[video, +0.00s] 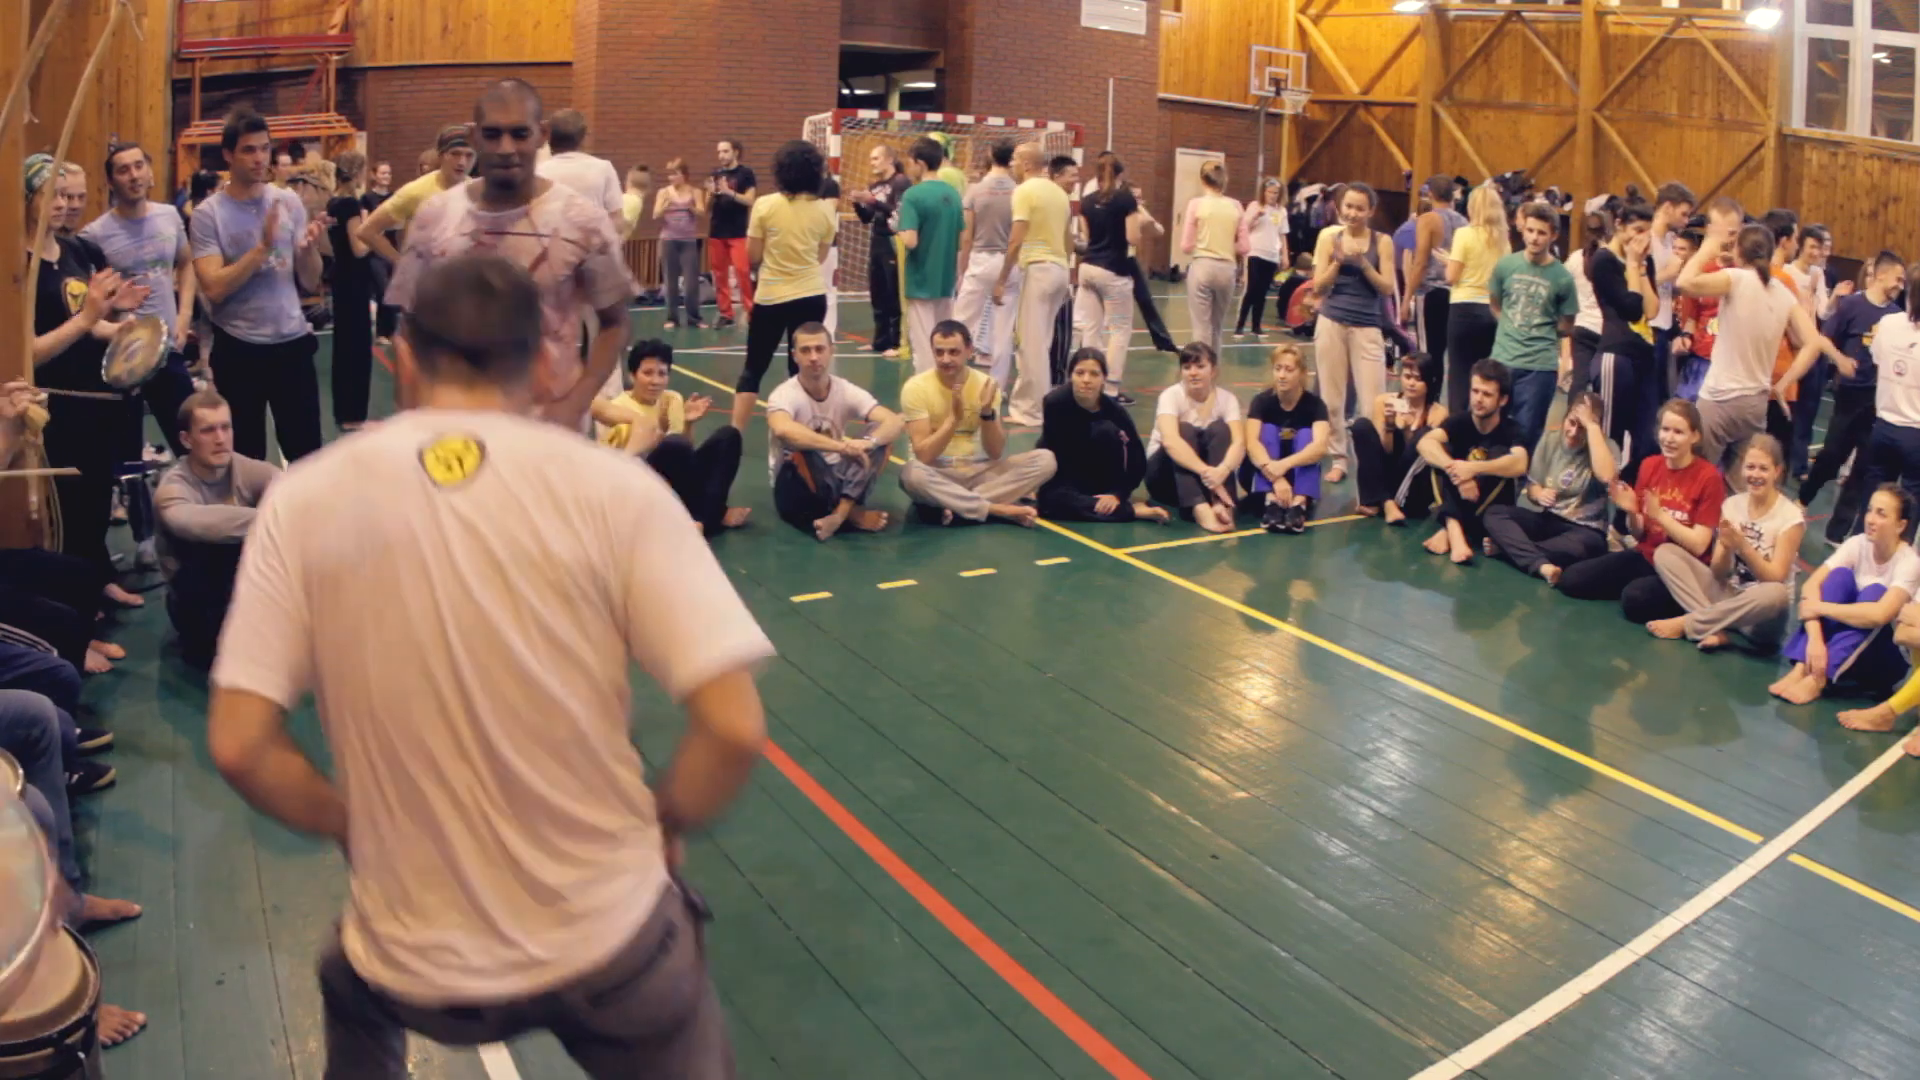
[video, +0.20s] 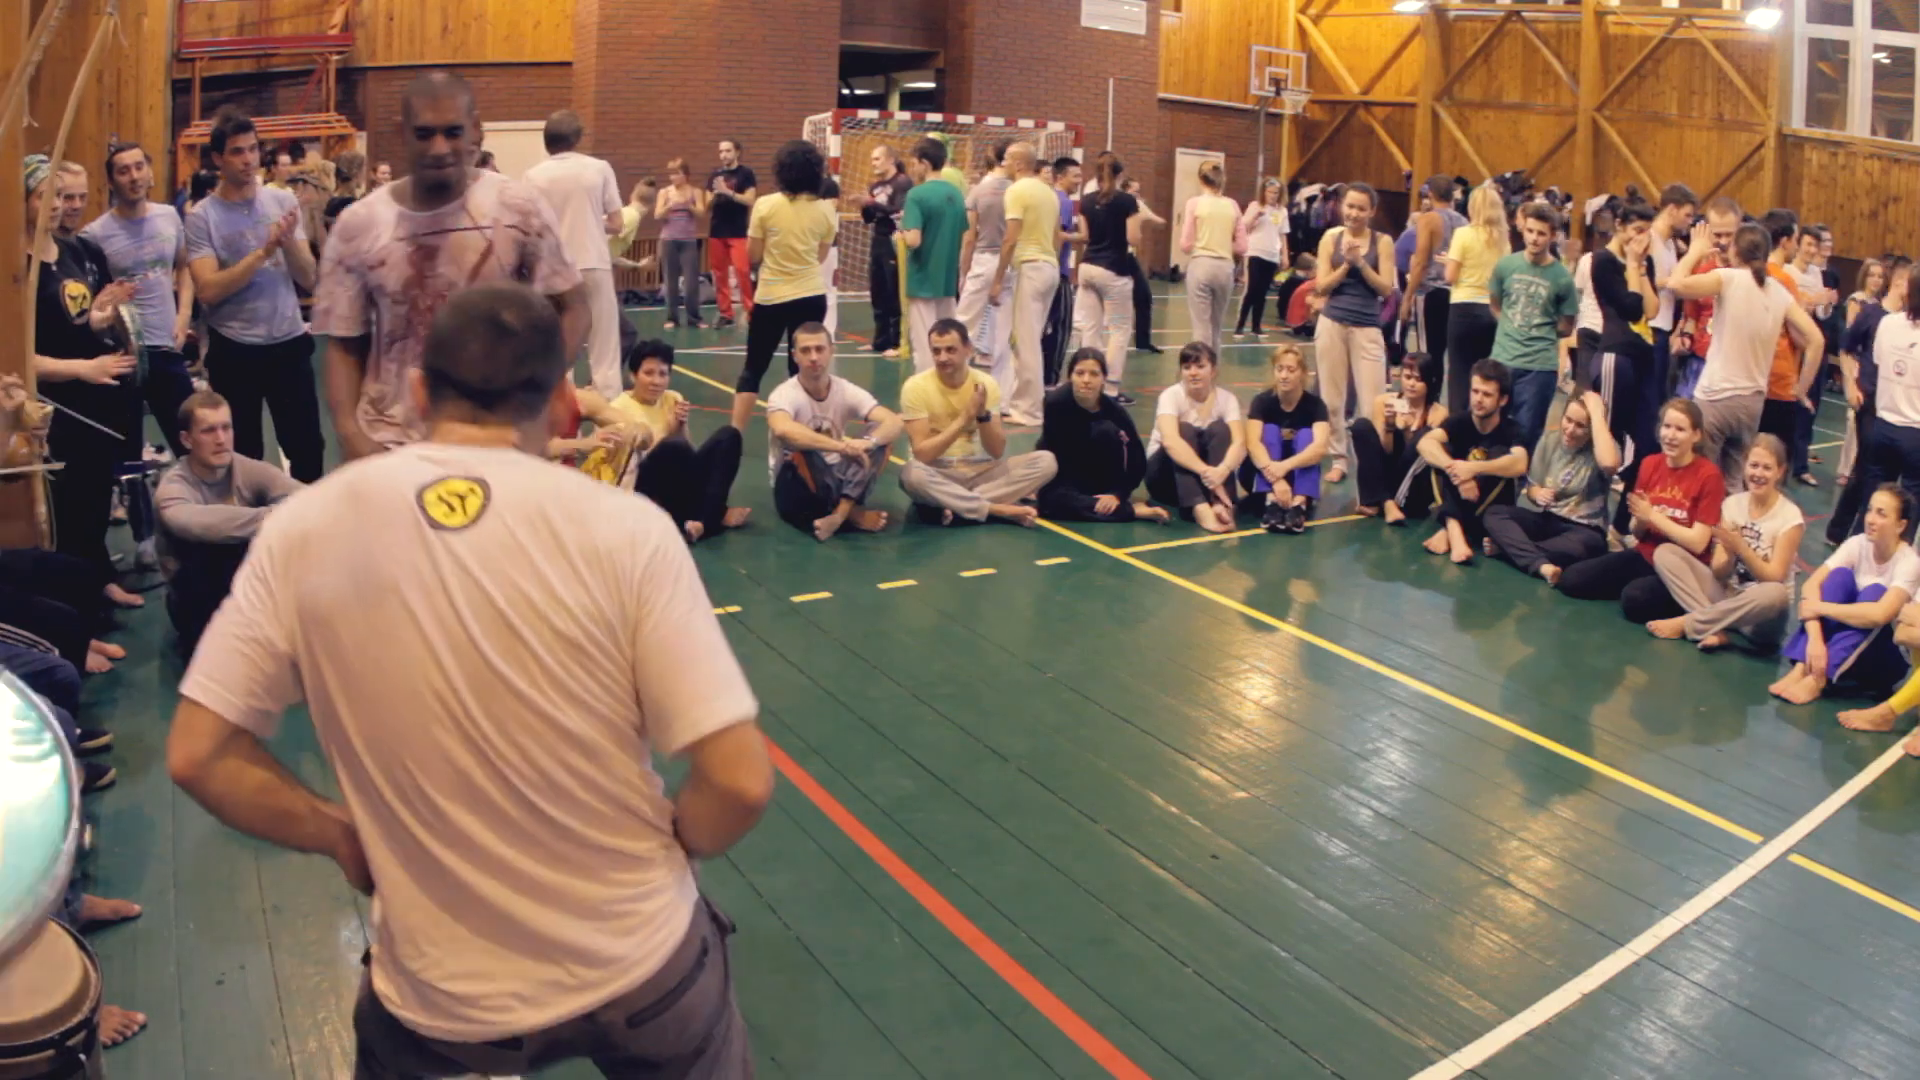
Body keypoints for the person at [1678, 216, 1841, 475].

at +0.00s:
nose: (1731, 253)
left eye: (1733, 248)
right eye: (1731, 247)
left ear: (1739, 252)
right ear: (1769, 255)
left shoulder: (1734, 278)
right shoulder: (1785, 295)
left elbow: (1685, 283)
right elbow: (1813, 343)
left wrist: (1709, 245)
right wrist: (1782, 385)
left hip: (1720, 397)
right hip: (1757, 402)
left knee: (1699, 477)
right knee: (1741, 483)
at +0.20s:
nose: (1727, 250)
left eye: (1731, 245)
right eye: (1728, 244)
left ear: (1736, 250)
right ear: (1764, 254)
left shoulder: (1727, 278)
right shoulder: (1780, 292)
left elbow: (1676, 284)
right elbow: (1815, 340)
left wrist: (1695, 251)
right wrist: (1801, 390)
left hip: (1716, 395)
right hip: (1754, 398)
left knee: (1702, 477)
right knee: (1736, 479)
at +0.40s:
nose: (1729, 249)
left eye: (1732, 245)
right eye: (1730, 244)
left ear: (1738, 250)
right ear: (1765, 254)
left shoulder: (1729, 278)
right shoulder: (1779, 293)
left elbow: (1677, 283)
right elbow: (1814, 342)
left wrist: (1698, 250)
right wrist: (1801, 393)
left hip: (1715, 395)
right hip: (1752, 399)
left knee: (1698, 476)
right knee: (1732, 478)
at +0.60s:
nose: (1728, 250)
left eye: (1732, 244)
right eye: (1728, 243)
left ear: (1740, 250)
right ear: (1767, 253)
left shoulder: (1731, 278)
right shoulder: (1781, 294)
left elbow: (1681, 279)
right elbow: (1807, 347)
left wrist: (1690, 238)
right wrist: (1788, 396)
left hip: (1716, 394)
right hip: (1753, 398)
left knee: (1701, 476)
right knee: (1732, 479)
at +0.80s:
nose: (1716, 259)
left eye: (1718, 253)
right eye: (1716, 252)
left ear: (1724, 255)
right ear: (1754, 253)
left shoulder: (1730, 278)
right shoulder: (1779, 291)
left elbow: (1679, 274)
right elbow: (1802, 349)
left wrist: (1712, 238)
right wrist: (1779, 395)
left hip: (1718, 395)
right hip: (1755, 397)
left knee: (1702, 479)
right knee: (1736, 483)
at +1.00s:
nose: (1718, 256)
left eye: (1718, 251)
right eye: (1718, 250)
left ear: (1725, 253)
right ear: (1757, 252)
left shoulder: (1724, 281)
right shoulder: (1774, 289)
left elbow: (1682, 300)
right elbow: (1794, 348)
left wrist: (1699, 251)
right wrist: (1775, 396)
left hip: (1717, 396)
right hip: (1755, 396)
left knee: (1702, 480)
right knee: (1739, 483)